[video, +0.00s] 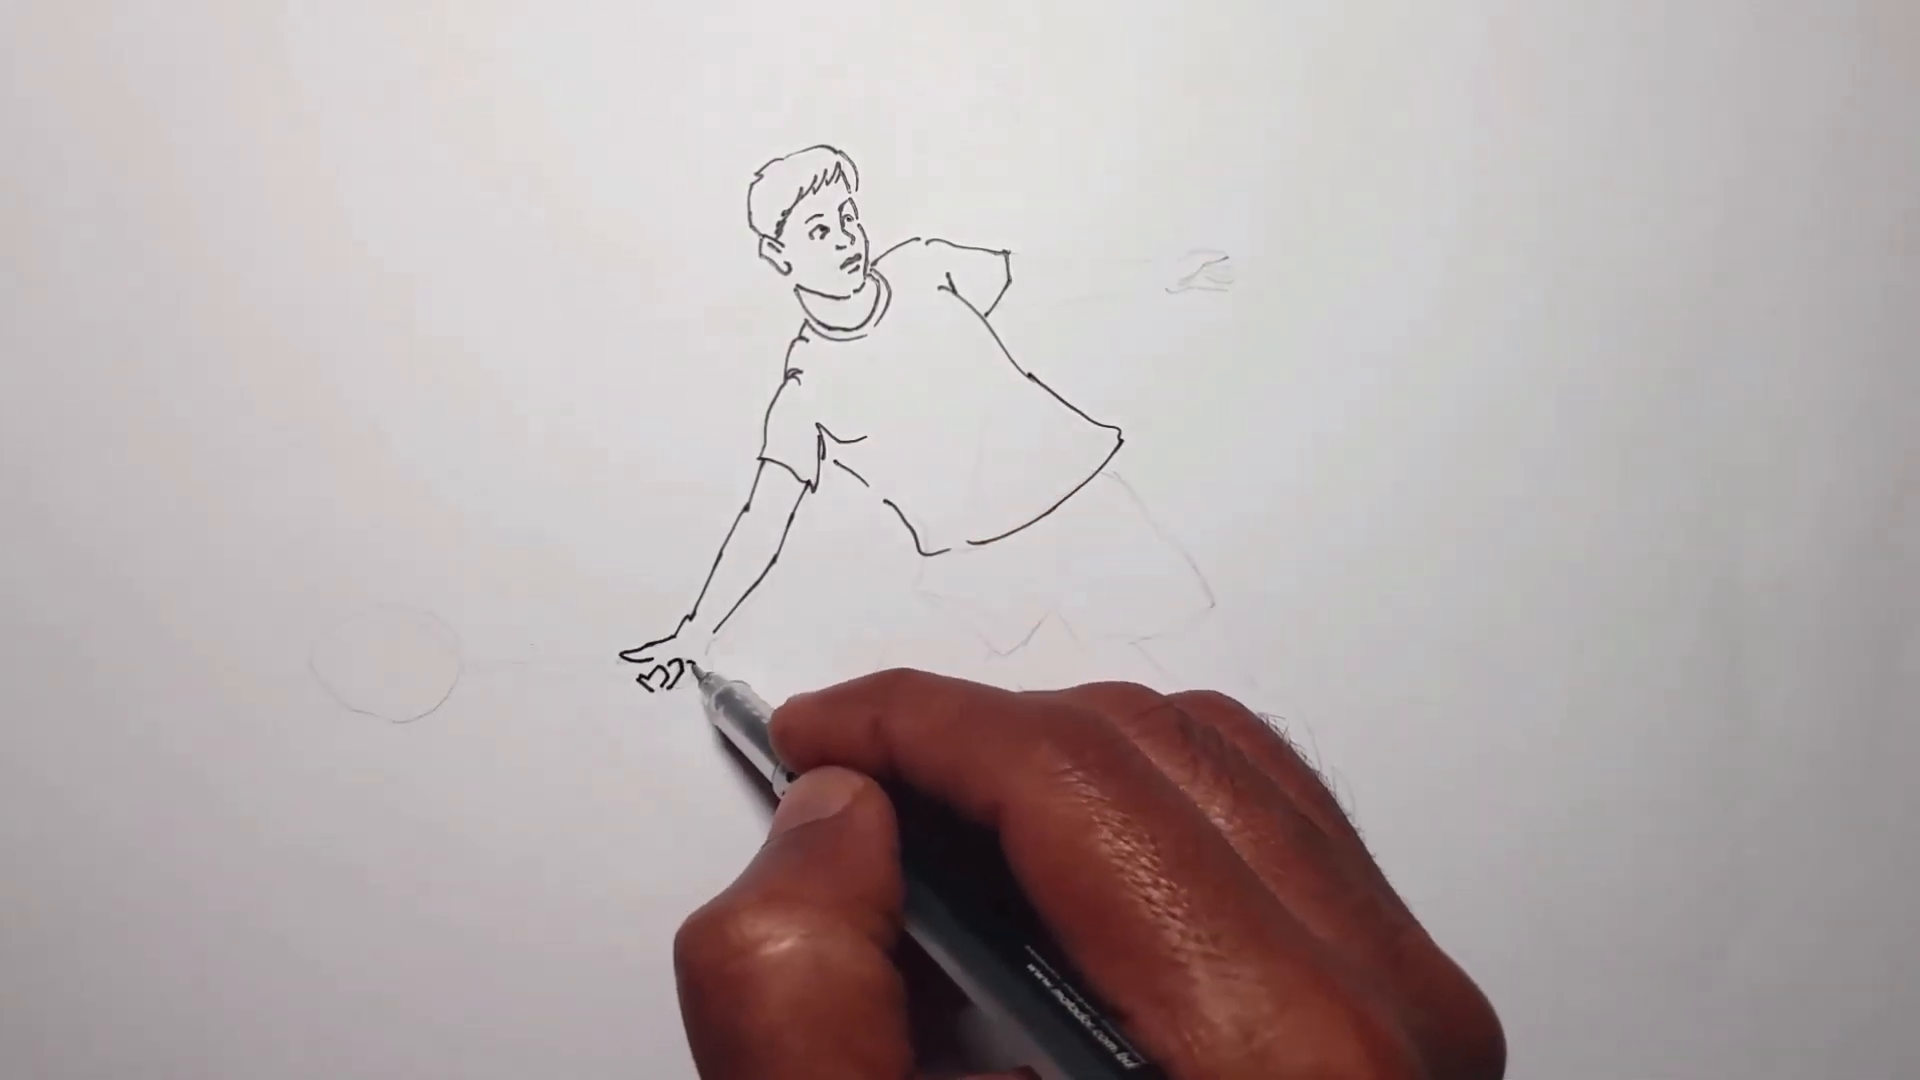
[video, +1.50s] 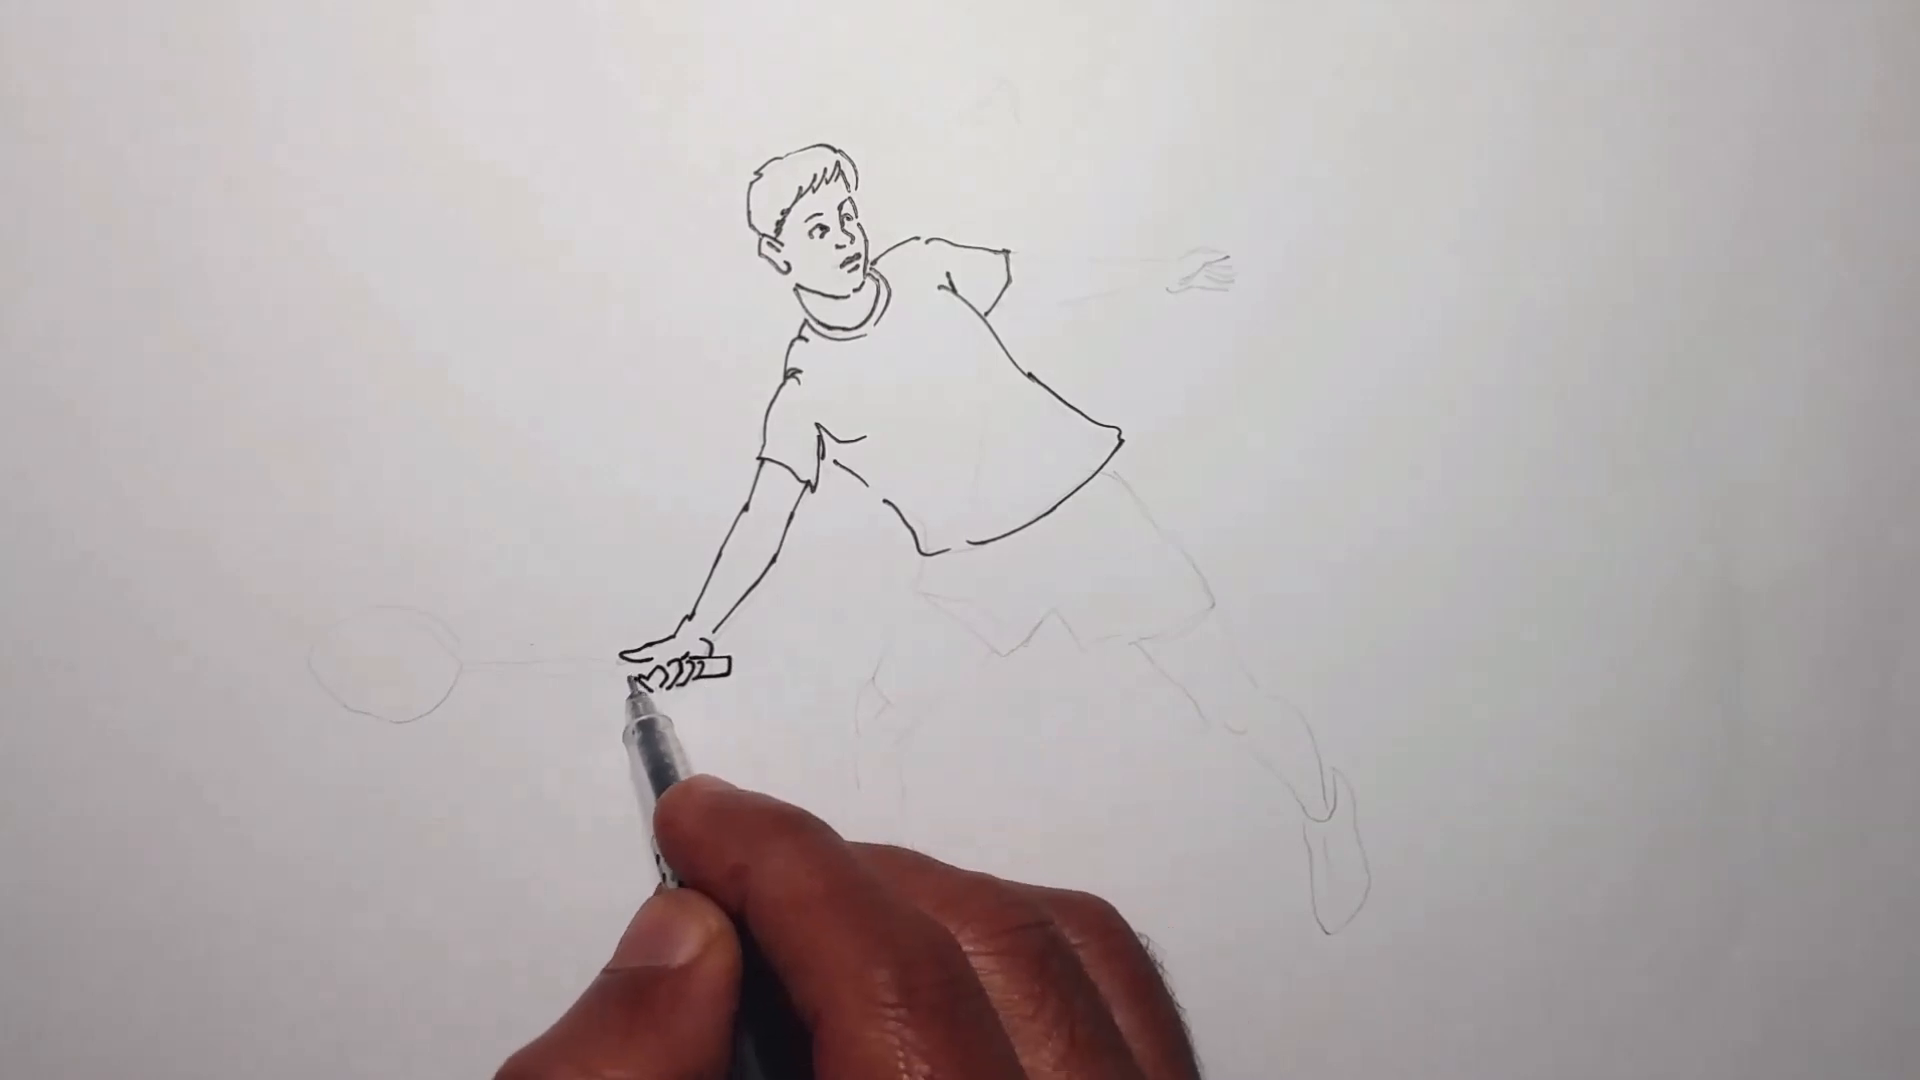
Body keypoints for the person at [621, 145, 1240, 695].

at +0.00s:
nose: (843, 240)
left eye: (844, 216)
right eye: (815, 231)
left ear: (859, 211)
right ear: (775, 256)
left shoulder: (927, 268)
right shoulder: (805, 399)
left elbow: (1060, 272)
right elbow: (761, 525)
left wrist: (1171, 278)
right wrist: (695, 632)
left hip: (1093, 496)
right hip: (977, 566)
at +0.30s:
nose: (829, 248)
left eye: (835, 218)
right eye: (801, 237)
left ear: (860, 211)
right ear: (774, 260)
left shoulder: (933, 273)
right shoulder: (806, 387)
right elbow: (763, 520)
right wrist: (693, 633)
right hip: (959, 584)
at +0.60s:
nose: (836, 243)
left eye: (839, 213)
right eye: (805, 232)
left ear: (860, 208)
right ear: (774, 258)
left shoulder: (934, 278)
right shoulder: (806, 390)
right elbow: (763, 519)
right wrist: (693, 629)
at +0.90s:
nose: (835, 241)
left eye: (839, 214)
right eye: (806, 233)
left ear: (862, 210)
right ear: (776, 260)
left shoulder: (939, 278)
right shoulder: (805, 391)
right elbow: (760, 525)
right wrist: (695, 631)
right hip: (962, 591)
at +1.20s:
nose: (837, 241)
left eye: (841, 213)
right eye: (807, 232)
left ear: (862, 209)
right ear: (775, 259)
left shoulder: (939, 275)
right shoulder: (804, 392)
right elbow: (762, 524)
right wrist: (699, 627)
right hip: (966, 588)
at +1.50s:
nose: (833, 243)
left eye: (837, 215)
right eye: (805, 233)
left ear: (861, 211)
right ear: (775, 259)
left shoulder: (937, 272)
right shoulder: (805, 392)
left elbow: (1066, 274)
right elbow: (762, 522)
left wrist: (1179, 282)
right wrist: (700, 627)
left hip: (1094, 516)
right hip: (967, 585)